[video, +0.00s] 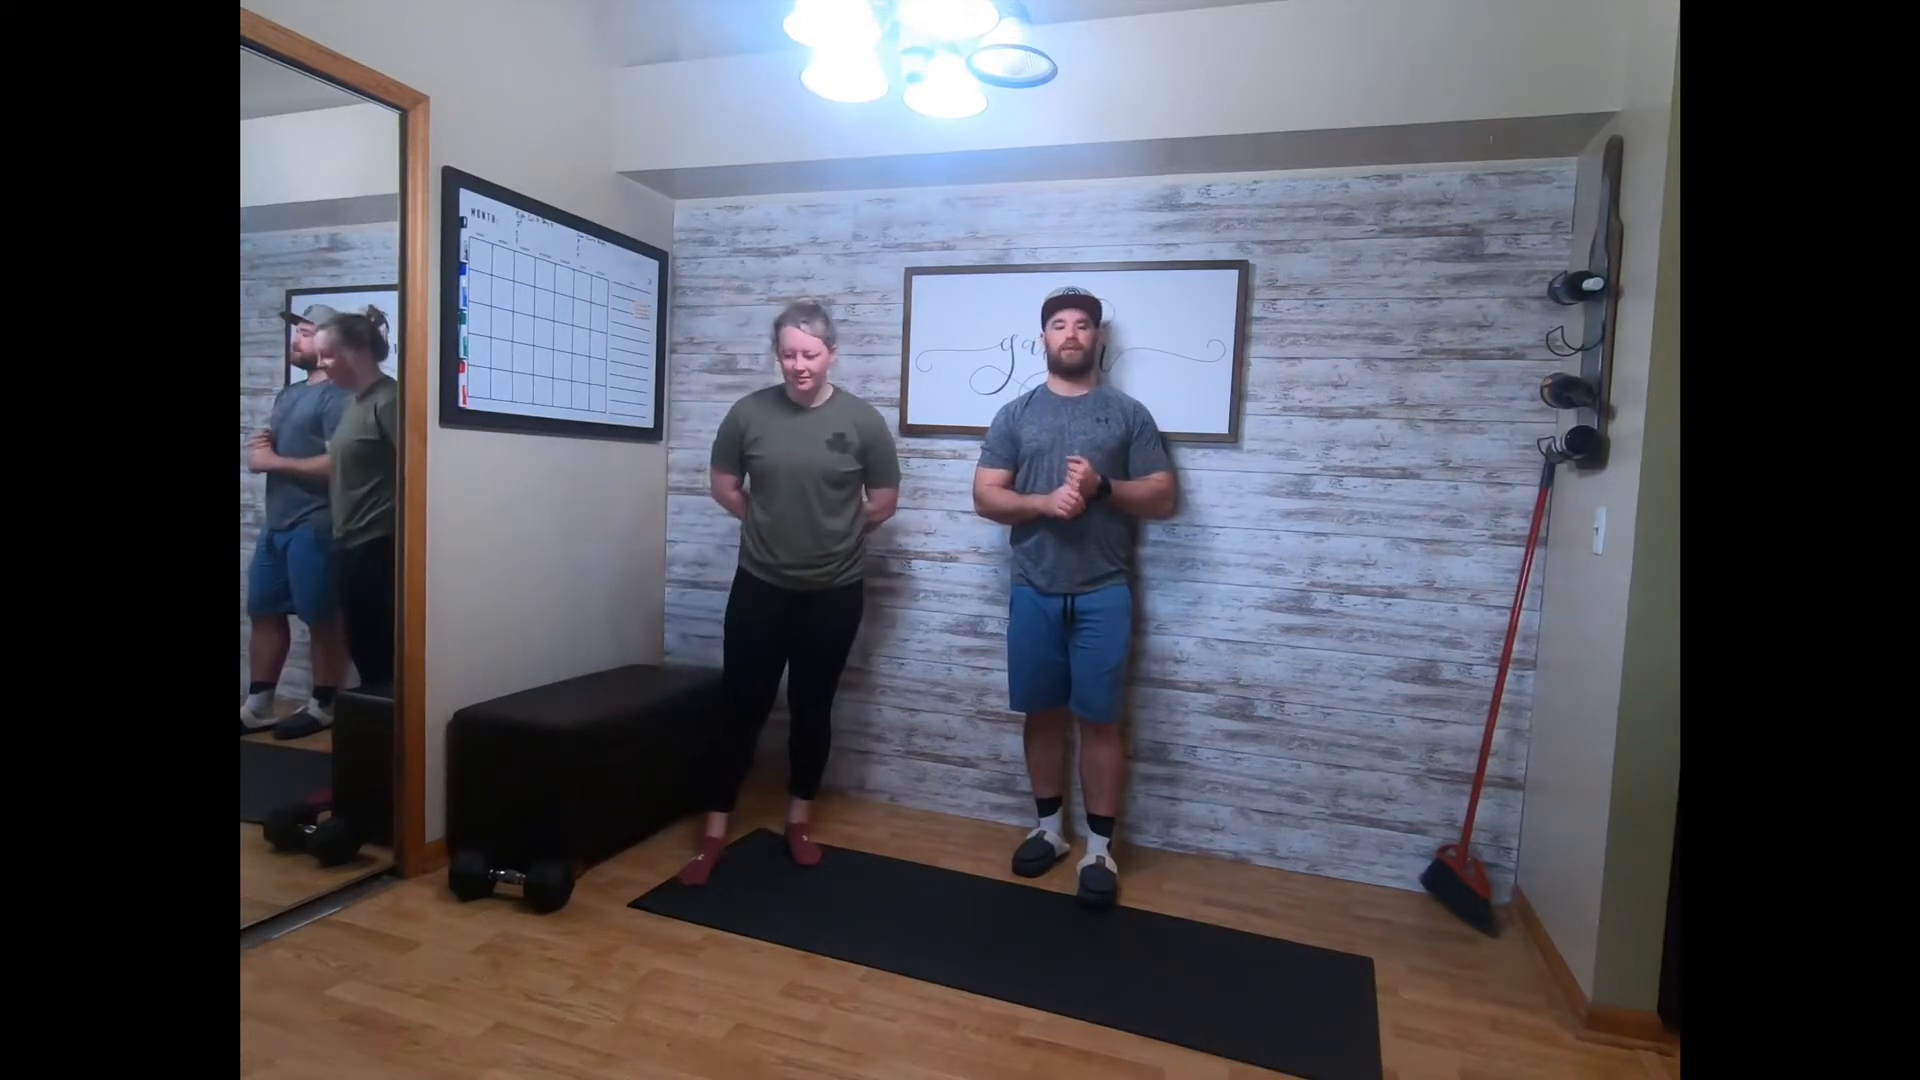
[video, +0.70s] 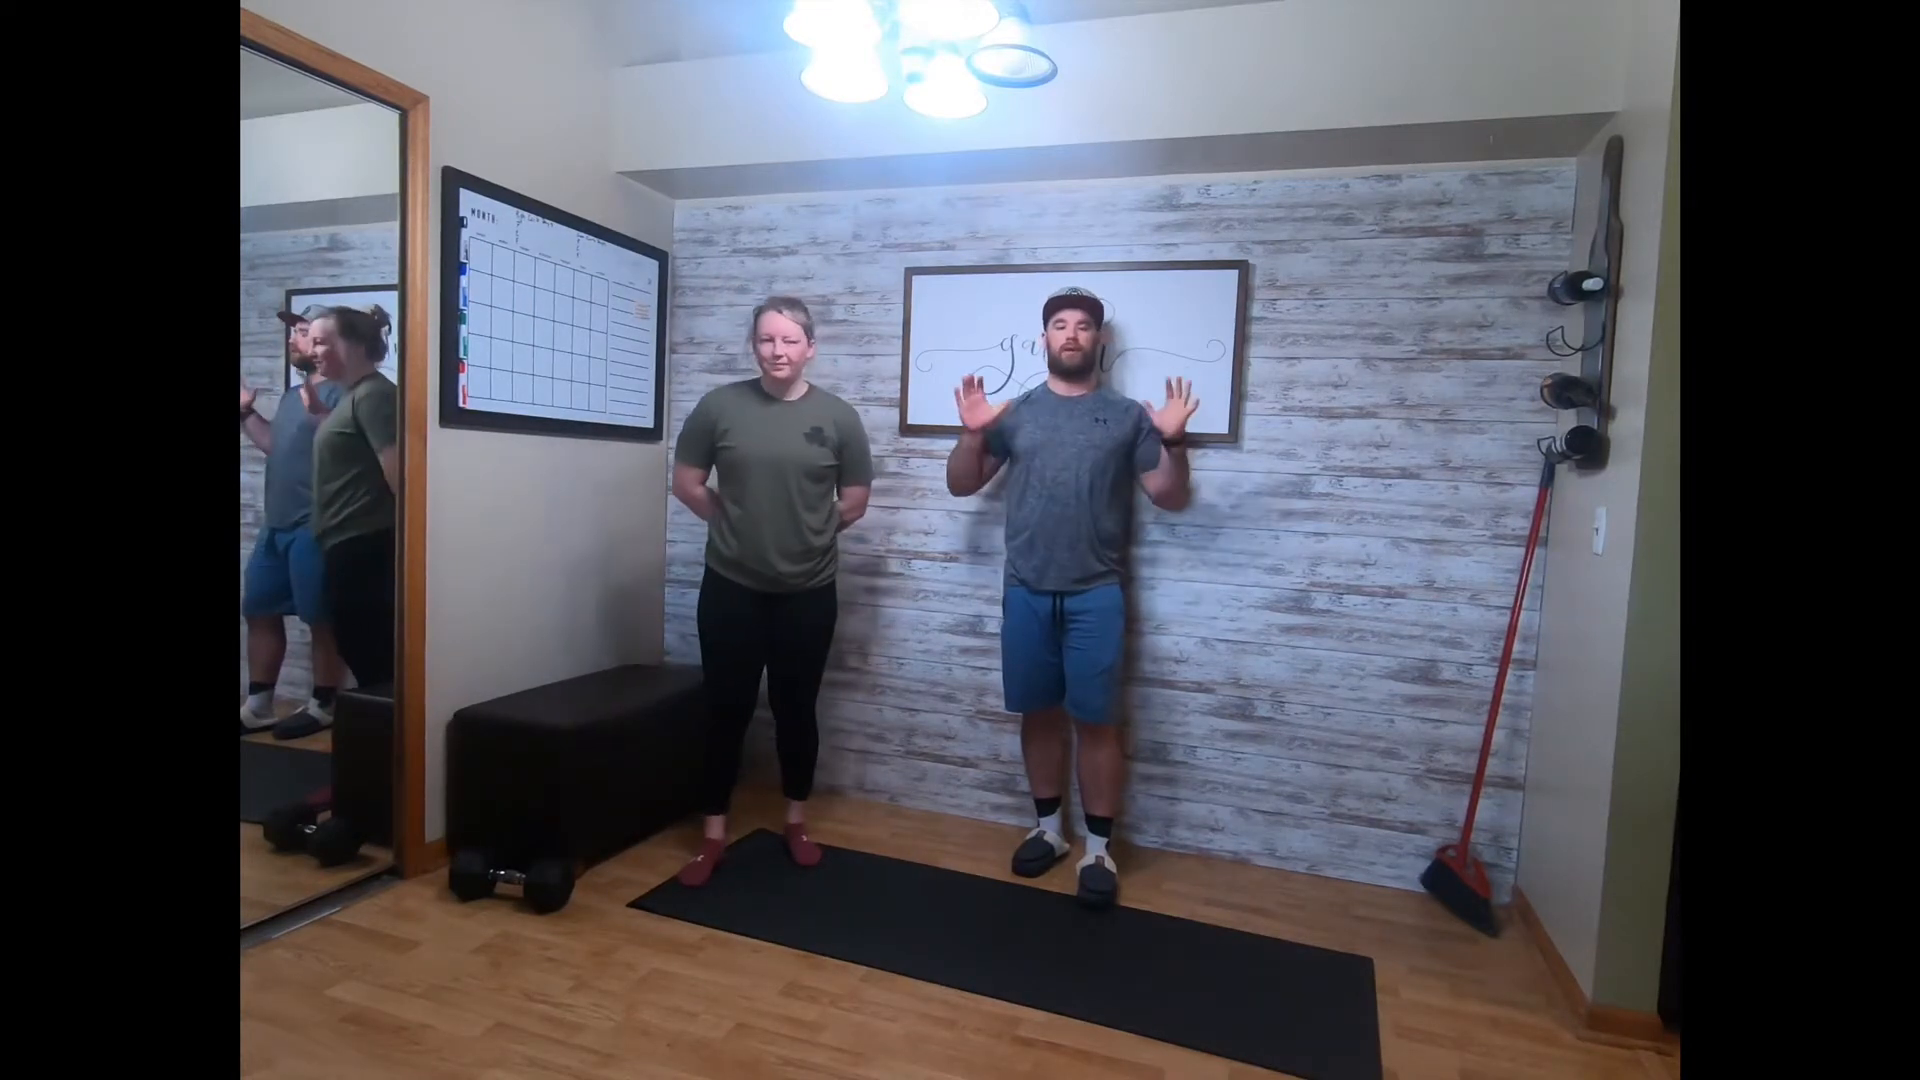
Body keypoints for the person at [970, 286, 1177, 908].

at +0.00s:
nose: (1071, 333)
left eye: (1082, 325)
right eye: (1059, 325)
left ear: (1098, 339)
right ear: (1043, 339)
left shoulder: (1126, 414)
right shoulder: (1015, 415)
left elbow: (1163, 498)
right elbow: (986, 497)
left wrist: (1104, 488)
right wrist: (1042, 502)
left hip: (1103, 586)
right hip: (1034, 586)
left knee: (1098, 716)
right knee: (1042, 711)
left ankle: (1099, 850)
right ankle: (1049, 831)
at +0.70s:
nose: (1070, 333)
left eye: (1082, 326)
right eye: (1059, 326)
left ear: (1099, 341)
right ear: (1044, 340)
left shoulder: (1127, 414)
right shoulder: (1017, 413)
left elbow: (1171, 498)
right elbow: (962, 482)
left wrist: (1173, 442)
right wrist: (972, 432)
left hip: (1095, 583)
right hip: (1026, 583)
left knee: (1094, 716)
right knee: (1038, 711)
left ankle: (1097, 851)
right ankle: (1048, 831)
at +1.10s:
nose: (1072, 335)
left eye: (1083, 327)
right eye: (1061, 327)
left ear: (1100, 340)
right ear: (1045, 341)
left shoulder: (1126, 397)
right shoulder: (1016, 393)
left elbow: (1197, 354)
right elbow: (940, 358)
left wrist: (1218, 274)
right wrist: (937, 278)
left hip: (1093, 577)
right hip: (1024, 576)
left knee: (1094, 713)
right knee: (1034, 708)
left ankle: (1098, 849)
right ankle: (1048, 829)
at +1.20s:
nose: (1071, 337)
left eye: (1082, 328)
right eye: (1059, 328)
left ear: (1100, 339)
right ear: (1044, 341)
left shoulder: (1124, 394)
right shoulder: (1019, 391)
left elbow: (1184, 337)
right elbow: (951, 341)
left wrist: (1215, 256)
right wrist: (935, 260)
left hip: (1093, 574)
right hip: (1024, 572)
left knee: (1094, 712)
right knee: (1035, 707)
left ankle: (1097, 848)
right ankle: (1047, 829)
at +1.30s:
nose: (1069, 338)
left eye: (1080, 329)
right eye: (1058, 330)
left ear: (1099, 341)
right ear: (1043, 344)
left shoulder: (1125, 396)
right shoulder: (1018, 393)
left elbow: (1191, 341)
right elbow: (944, 350)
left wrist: (1206, 260)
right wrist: (938, 270)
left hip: (1093, 578)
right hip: (1024, 576)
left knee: (1094, 714)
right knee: (1035, 708)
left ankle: (1097, 848)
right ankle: (1048, 830)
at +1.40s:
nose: (1067, 337)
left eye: (1079, 328)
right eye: (1056, 328)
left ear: (1097, 339)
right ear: (1041, 340)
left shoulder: (1125, 402)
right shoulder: (1014, 398)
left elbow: (1202, 384)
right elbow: (932, 388)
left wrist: (1195, 303)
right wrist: (942, 311)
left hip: (1094, 579)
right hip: (1024, 576)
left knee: (1092, 715)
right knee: (1037, 708)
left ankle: (1098, 850)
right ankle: (1049, 833)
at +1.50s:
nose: (1064, 336)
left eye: (1076, 327)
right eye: (1053, 328)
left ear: (1093, 339)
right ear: (1038, 340)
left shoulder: (1122, 408)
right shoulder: (1012, 404)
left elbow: (1199, 440)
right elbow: (937, 443)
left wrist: (1185, 376)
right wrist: (942, 378)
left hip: (1094, 579)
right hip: (1024, 577)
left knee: (1093, 715)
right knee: (1036, 709)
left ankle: (1097, 851)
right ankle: (1048, 831)